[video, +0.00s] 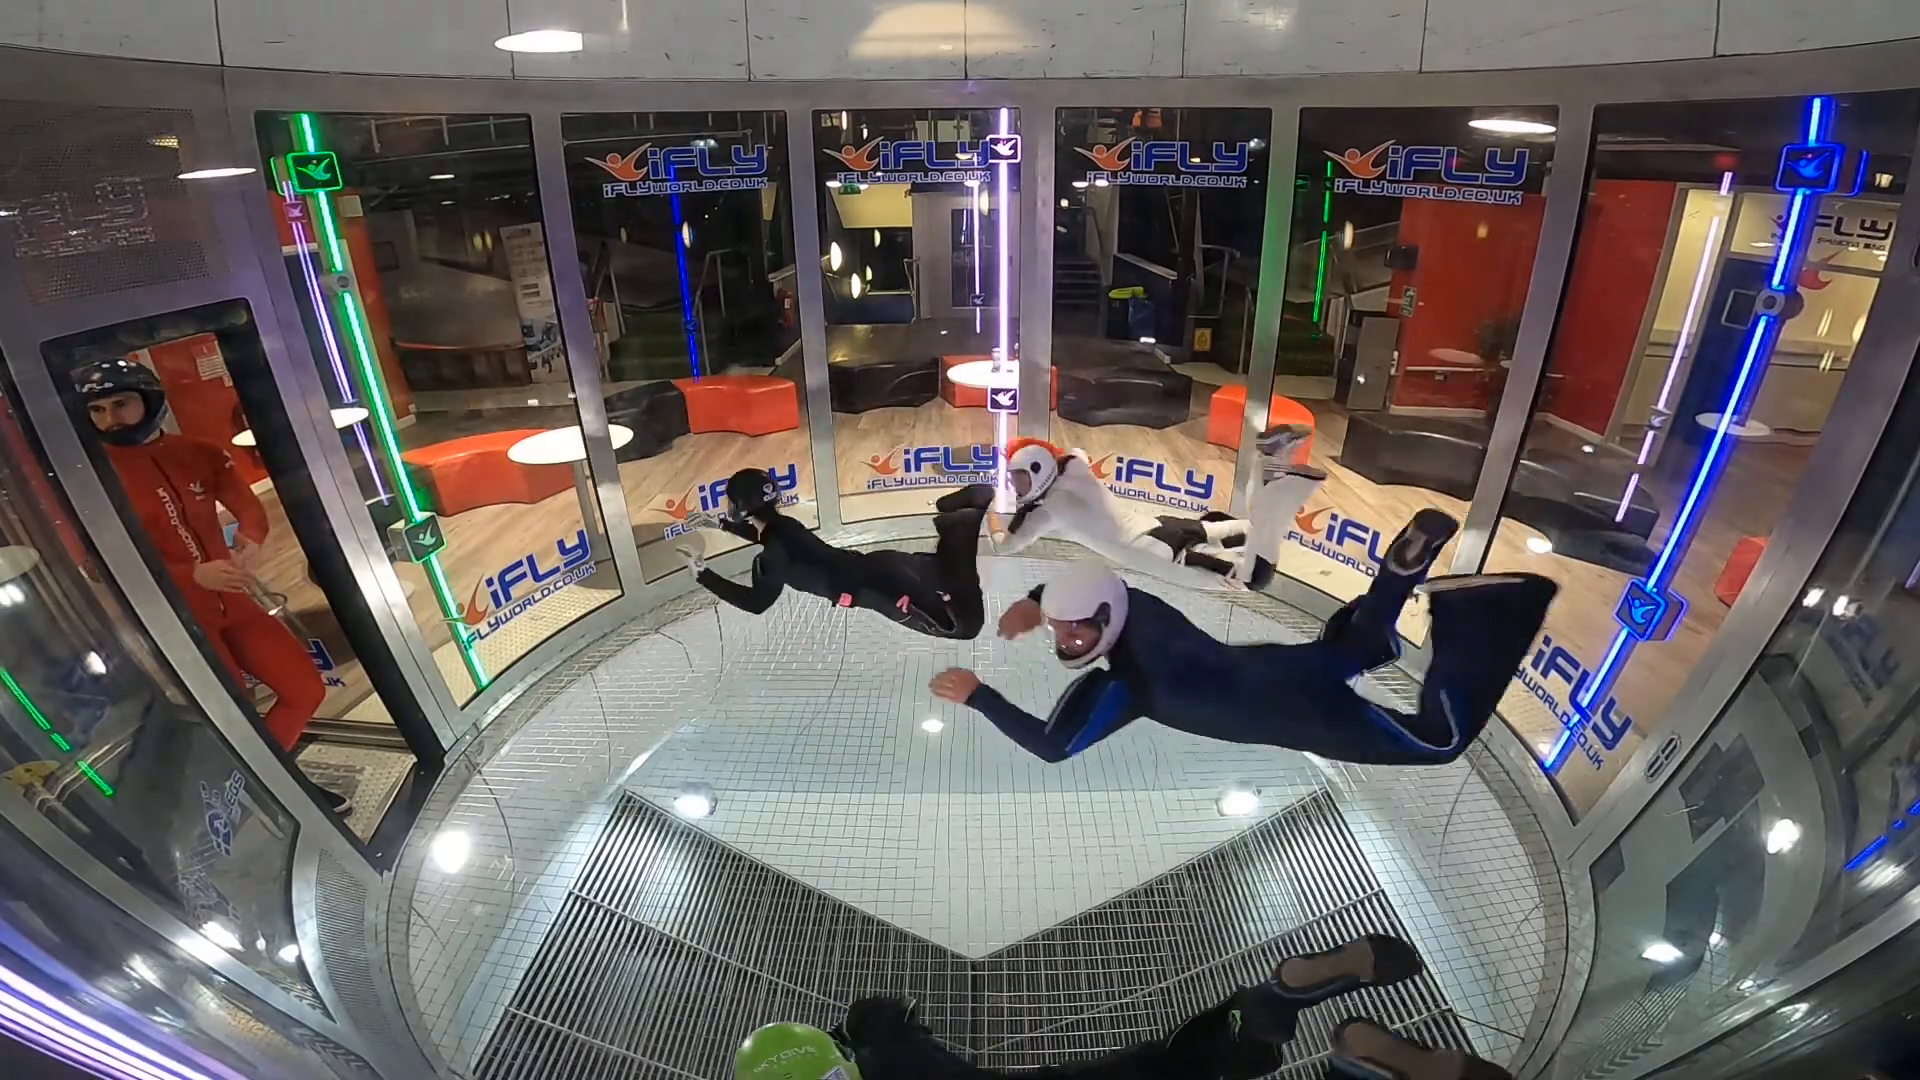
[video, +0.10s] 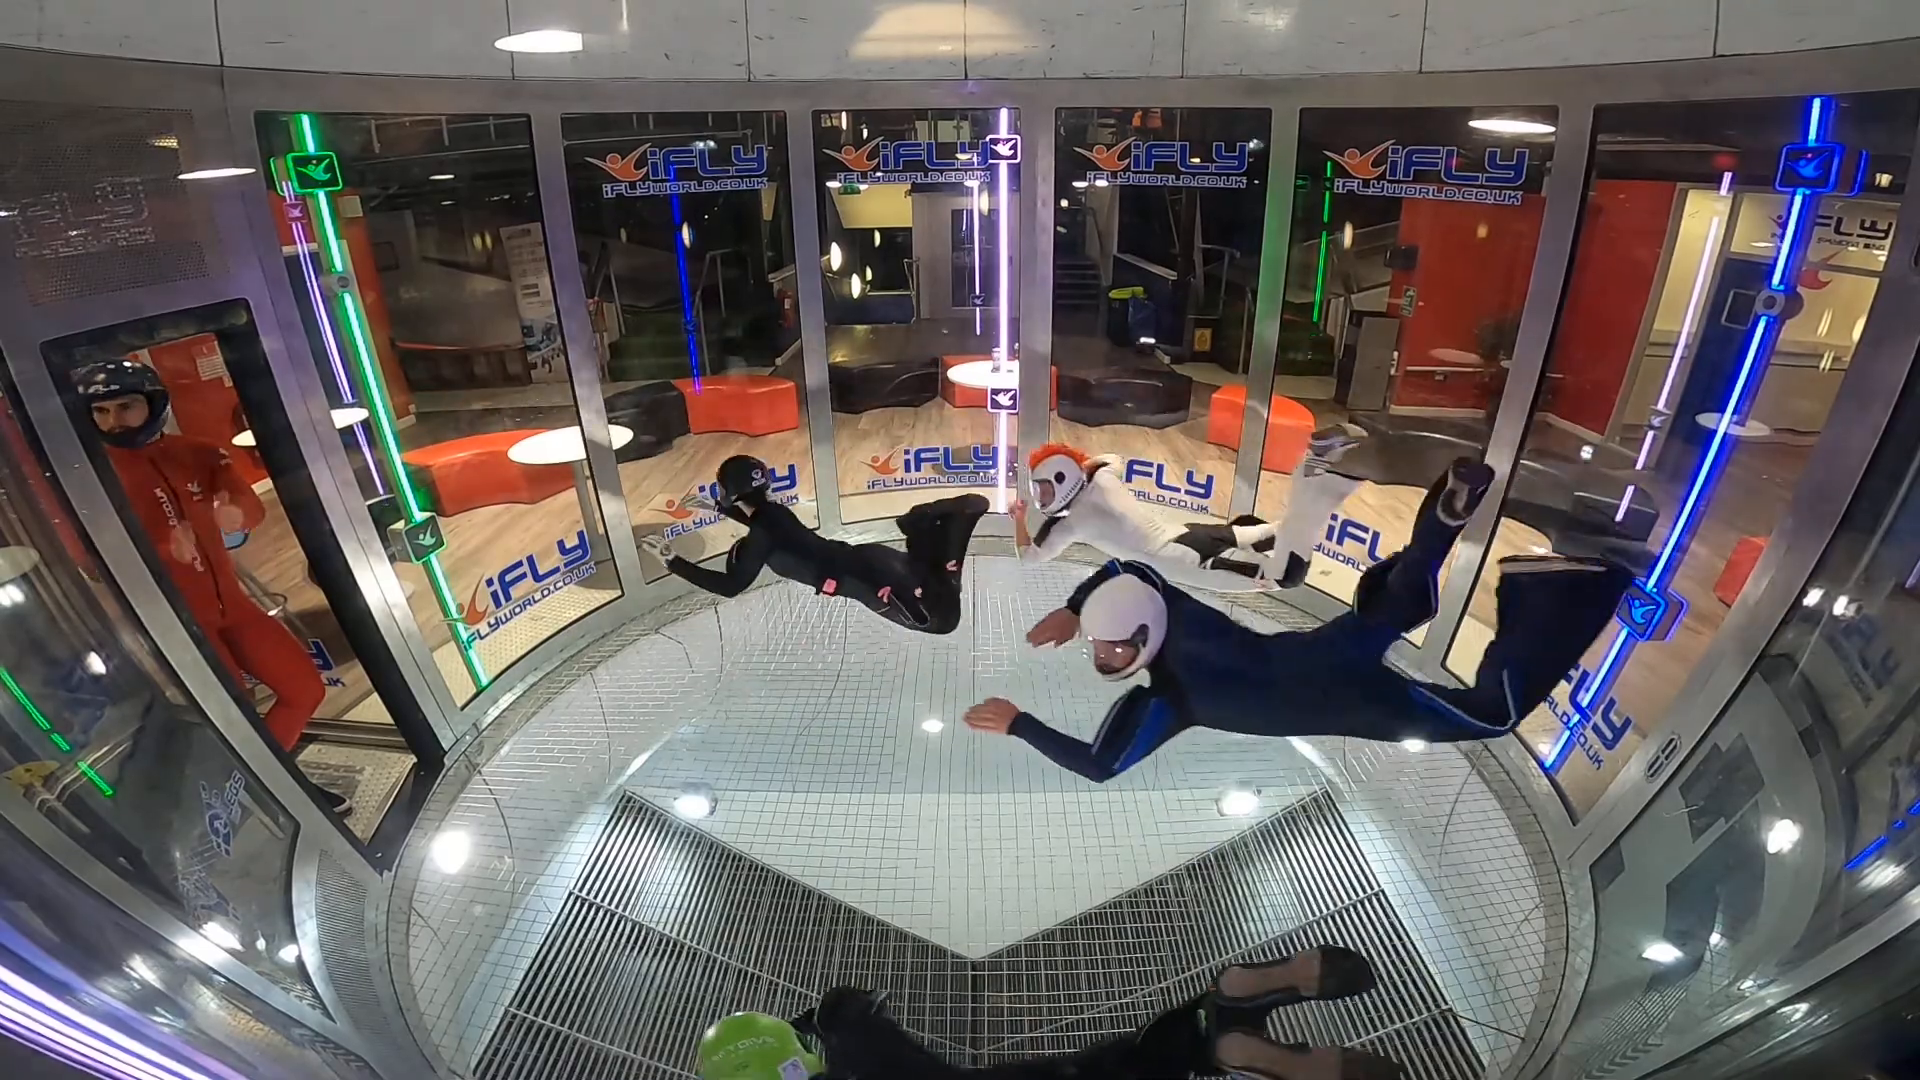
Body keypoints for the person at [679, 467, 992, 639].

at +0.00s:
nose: (726, 513)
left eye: (729, 505)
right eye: (727, 506)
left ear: (742, 512)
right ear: (766, 499)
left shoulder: (774, 550)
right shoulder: (779, 530)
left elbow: (756, 602)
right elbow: (757, 534)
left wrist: (704, 575)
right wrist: (725, 525)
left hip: (879, 584)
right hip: (881, 568)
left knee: (967, 624)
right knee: (954, 598)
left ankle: (958, 526)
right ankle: (954, 517)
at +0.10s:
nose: (724, 499)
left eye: (725, 492)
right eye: (724, 492)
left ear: (736, 495)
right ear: (759, 485)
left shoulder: (762, 531)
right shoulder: (773, 512)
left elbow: (730, 586)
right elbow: (751, 521)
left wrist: (673, 562)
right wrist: (720, 509)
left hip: (863, 576)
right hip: (865, 561)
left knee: (941, 620)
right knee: (936, 609)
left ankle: (951, 530)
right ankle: (926, 528)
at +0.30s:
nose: (713, 472)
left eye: (715, 465)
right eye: (715, 467)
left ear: (726, 470)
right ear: (748, 461)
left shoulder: (750, 505)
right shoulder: (758, 489)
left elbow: (710, 548)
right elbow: (737, 495)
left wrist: (664, 513)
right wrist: (709, 485)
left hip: (843, 559)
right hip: (846, 544)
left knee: (917, 605)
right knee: (913, 590)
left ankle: (930, 522)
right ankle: (930, 520)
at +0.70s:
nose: (739, 443)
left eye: (743, 437)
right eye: (739, 437)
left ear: (758, 442)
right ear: (770, 438)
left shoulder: (772, 479)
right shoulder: (781, 457)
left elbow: (744, 525)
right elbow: (758, 466)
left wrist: (706, 501)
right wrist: (730, 461)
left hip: (856, 525)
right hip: (862, 508)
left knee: (908, 588)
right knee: (916, 549)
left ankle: (927, 511)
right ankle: (933, 496)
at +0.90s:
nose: (767, 446)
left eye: (772, 440)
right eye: (766, 440)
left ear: (788, 442)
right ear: (787, 440)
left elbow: (773, 525)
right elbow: (787, 471)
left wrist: (734, 517)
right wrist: (763, 466)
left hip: (880, 515)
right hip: (884, 493)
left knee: (937, 574)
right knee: (942, 517)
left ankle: (954, 511)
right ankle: (946, 476)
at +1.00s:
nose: (785, 450)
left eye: (791, 444)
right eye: (782, 444)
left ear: (807, 443)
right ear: (787, 443)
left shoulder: (806, 484)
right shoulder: (817, 458)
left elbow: (787, 526)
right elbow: (796, 473)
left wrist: (745, 515)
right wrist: (769, 472)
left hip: (894, 514)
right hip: (898, 493)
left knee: (934, 553)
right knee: (953, 500)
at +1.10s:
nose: (800, 453)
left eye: (804, 447)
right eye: (799, 447)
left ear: (818, 448)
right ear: (810, 447)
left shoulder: (826, 482)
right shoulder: (834, 462)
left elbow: (806, 526)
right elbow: (812, 474)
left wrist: (765, 511)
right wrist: (789, 475)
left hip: (906, 509)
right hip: (908, 490)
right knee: (962, 493)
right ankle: (964, 452)